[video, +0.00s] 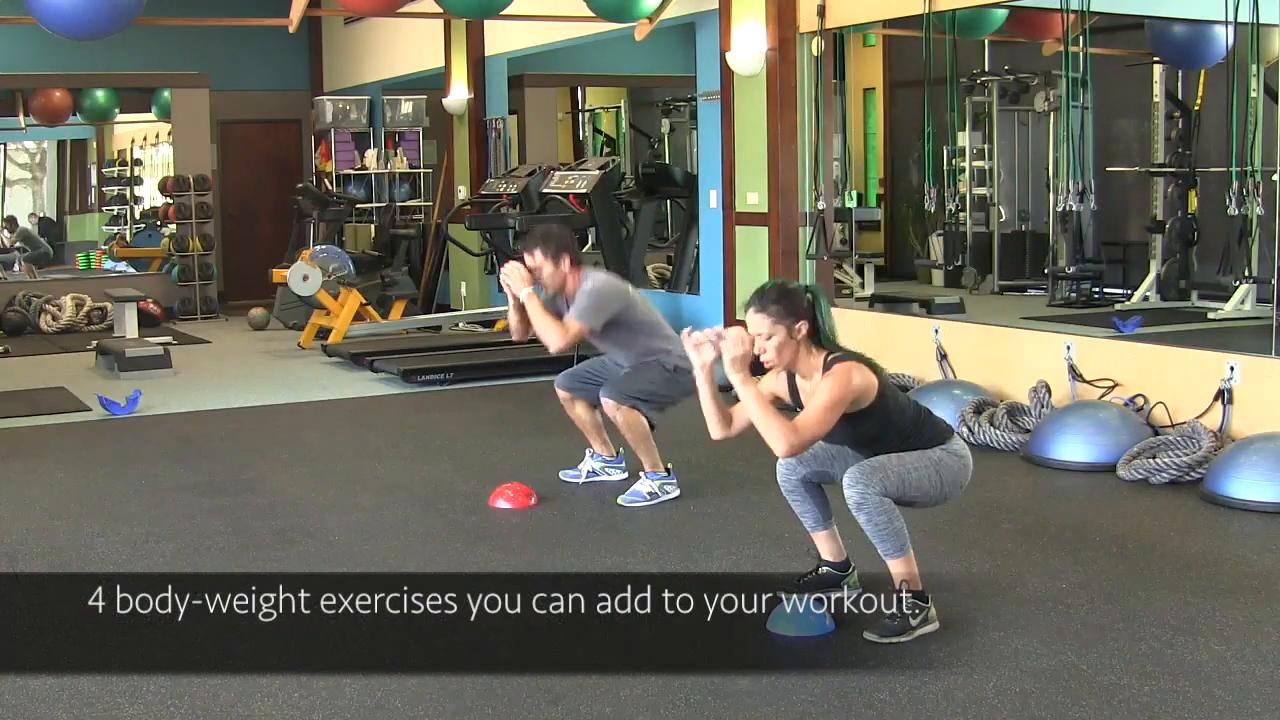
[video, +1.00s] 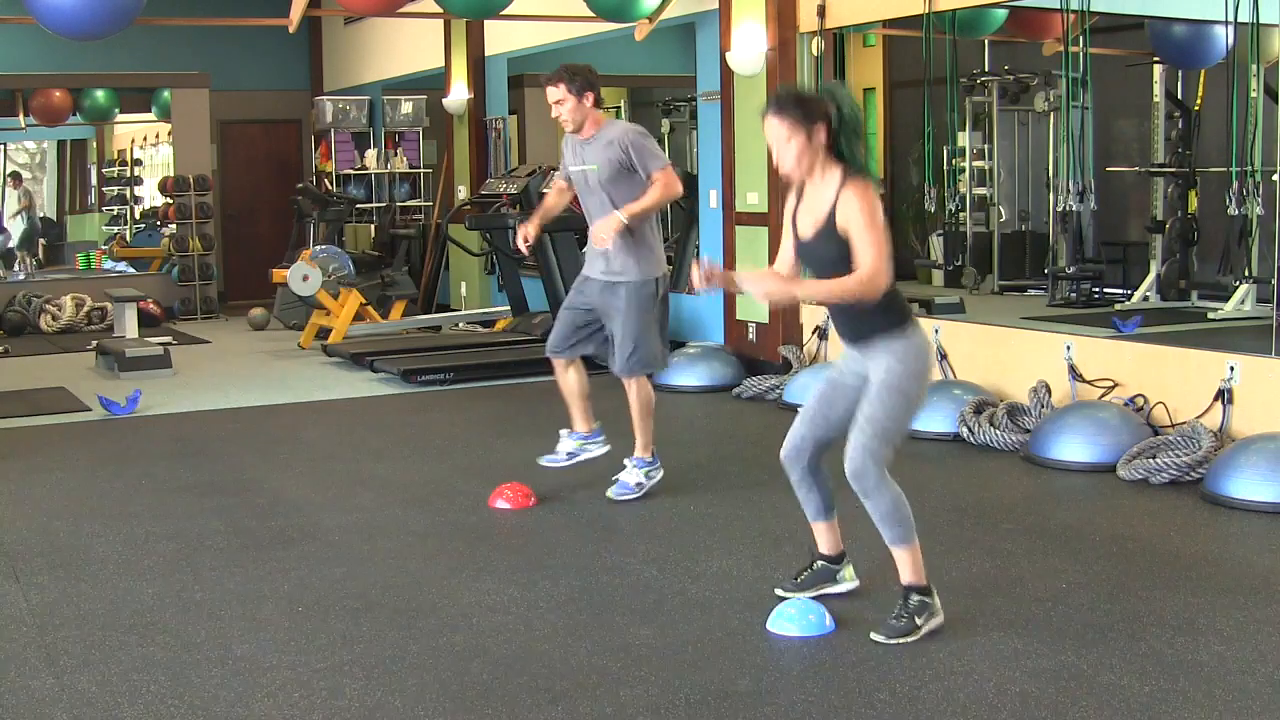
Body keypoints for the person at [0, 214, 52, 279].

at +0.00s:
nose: (5, 228)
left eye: (6, 225)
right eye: (5, 226)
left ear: (11, 224)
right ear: (14, 224)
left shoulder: (21, 230)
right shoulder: (17, 233)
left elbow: (9, 244)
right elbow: (8, 244)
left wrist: (2, 235)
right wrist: (2, 236)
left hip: (45, 252)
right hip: (38, 252)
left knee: (25, 259)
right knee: (20, 259)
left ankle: (35, 280)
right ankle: (31, 280)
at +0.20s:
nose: (5, 225)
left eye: (6, 223)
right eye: (4, 223)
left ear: (11, 221)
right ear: (12, 221)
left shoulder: (20, 228)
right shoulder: (17, 230)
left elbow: (11, 243)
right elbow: (10, 243)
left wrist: (1, 245)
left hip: (43, 249)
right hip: (37, 250)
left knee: (24, 259)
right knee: (20, 259)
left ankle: (34, 281)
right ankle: (33, 280)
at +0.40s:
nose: (5, 200)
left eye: (6, 197)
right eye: (5, 198)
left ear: (10, 197)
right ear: (13, 196)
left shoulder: (20, 206)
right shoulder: (18, 207)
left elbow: (24, 213)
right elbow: (34, 215)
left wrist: (22, 226)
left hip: (34, 234)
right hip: (31, 234)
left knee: (22, 257)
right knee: (27, 257)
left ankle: (32, 277)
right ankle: (34, 277)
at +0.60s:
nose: (7, 186)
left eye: (7, 183)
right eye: (6, 183)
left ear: (11, 182)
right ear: (16, 180)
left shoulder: (20, 192)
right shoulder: (24, 190)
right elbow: (37, 201)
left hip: (27, 224)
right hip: (32, 223)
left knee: (18, 248)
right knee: (26, 249)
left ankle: (20, 272)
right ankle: (29, 272)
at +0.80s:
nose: (10, 191)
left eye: (11, 188)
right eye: (10, 188)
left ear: (16, 187)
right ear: (16, 188)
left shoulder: (24, 198)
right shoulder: (16, 199)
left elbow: (30, 209)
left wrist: (30, 224)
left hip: (26, 229)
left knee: (11, 253)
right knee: (24, 257)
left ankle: (13, 275)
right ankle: (31, 277)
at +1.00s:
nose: (9, 184)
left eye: (11, 181)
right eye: (9, 182)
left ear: (18, 181)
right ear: (17, 181)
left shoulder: (23, 191)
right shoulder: (22, 191)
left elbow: (25, 204)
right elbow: (24, 205)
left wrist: (14, 214)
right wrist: (15, 215)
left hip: (31, 224)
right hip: (32, 224)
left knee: (19, 247)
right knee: (28, 250)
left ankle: (25, 272)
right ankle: (31, 272)